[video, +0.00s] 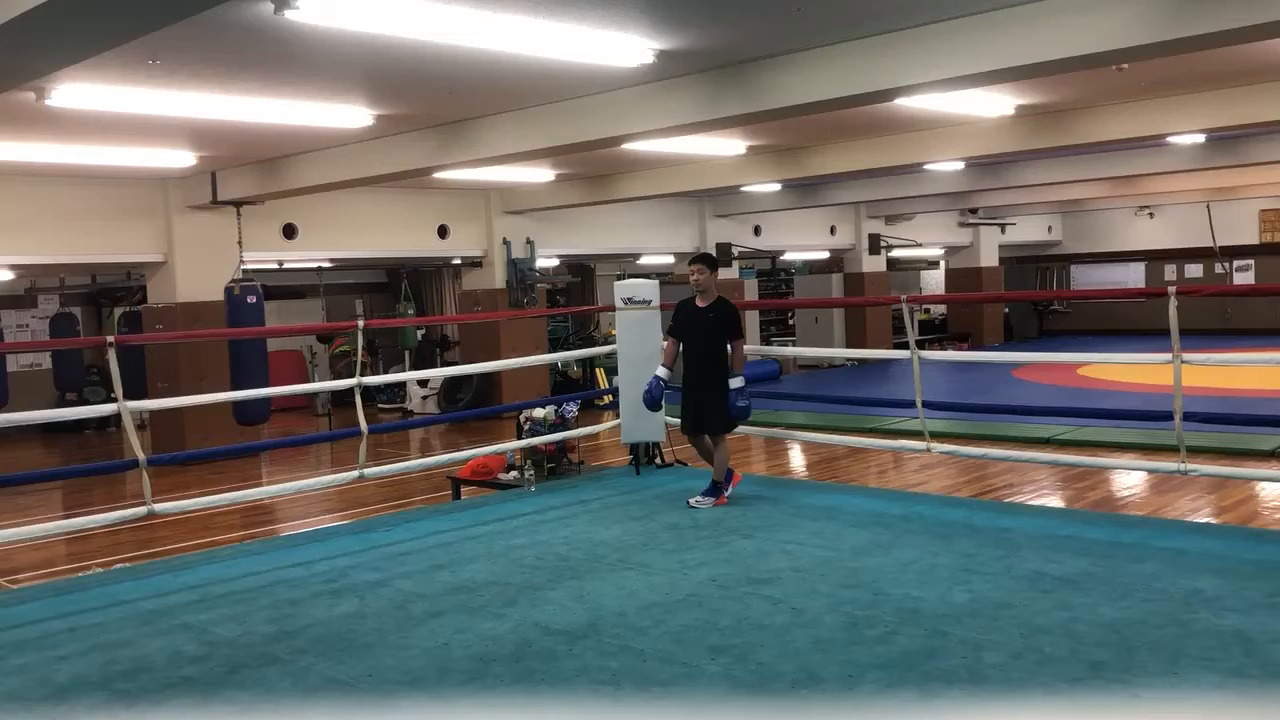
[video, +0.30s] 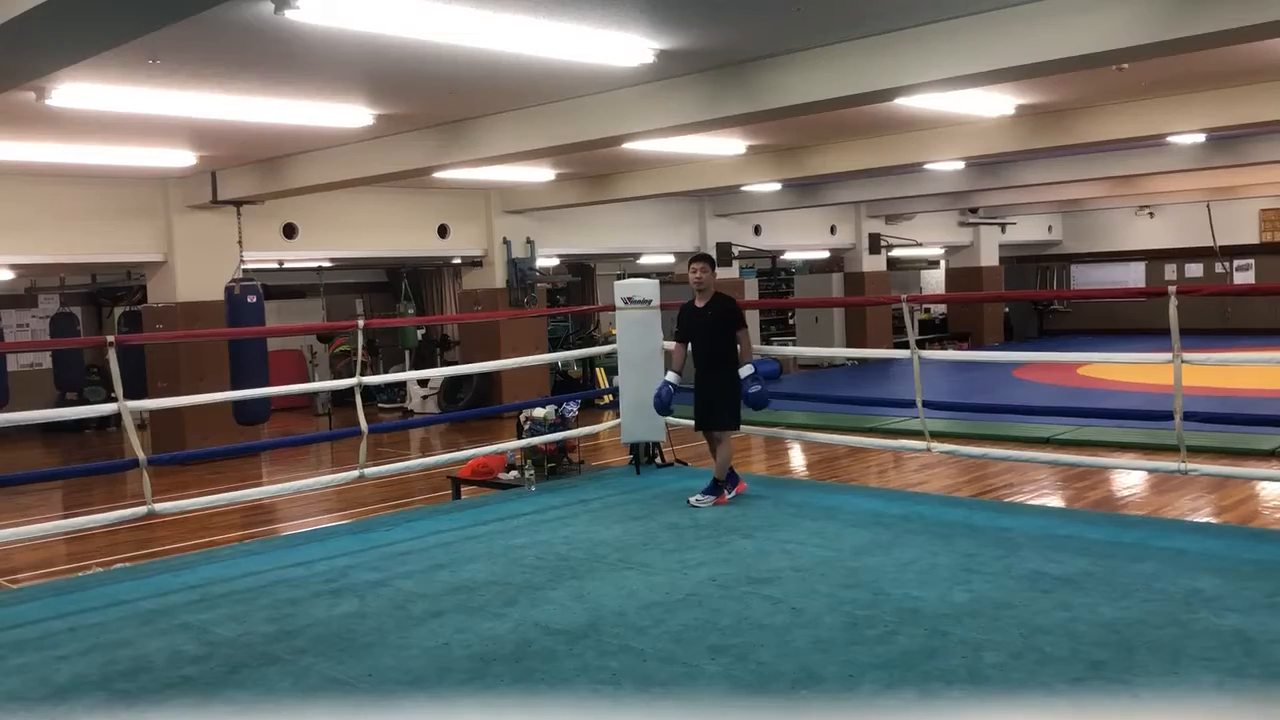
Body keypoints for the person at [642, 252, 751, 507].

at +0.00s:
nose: (694, 278)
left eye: (700, 273)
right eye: (691, 273)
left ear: (714, 275)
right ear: (689, 277)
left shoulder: (727, 309)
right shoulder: (684, 307)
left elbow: (737, 348)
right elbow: (672, 344)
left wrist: (738, 385)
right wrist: (660, 377)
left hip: (718, 382)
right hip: (691, 382)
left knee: (717, 435)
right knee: (691, 432)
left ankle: (717, 489)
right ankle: (726, 472)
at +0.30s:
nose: (697, 276)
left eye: (703, 271)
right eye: (693, 271)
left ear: (713, 275)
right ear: (688, 276)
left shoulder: (728, 304)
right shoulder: (687, 310)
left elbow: (744, 341)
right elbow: (679, 348)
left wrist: (749, 376)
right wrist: (670, 382)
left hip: (727, 377)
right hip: (703, 377)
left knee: (722, 432)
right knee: (708, 431)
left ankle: (717, 487)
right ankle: (731, 477)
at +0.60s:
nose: (693, 277)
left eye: (699, 272)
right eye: (689, 273)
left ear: (709, 276)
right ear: (684, 279)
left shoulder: (726, 301)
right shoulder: (690, 314)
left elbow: (744, 333)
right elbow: (693, 353)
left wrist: (753, 369)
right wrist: (693, 387)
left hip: (733, 376)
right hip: (710, 378)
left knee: (732, 432)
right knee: (717, 432)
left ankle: (731, 485)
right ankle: (734, 480)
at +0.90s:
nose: (697, 277)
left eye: (702, 271)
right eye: (692, 272)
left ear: (712, 275)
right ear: (687, 278)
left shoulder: (727, 300)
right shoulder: (692, 314)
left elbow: (745, 331)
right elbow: (697, 353)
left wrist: (751, 367)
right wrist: (700, 387)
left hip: (737, 375)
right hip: (712, 379)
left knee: (751, 428)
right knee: (723, 431)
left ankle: (768, 481)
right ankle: (734, 481)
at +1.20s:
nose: (710, 275)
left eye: (715, 270)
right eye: (705, 271)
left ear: (723, 275)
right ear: (699, 276)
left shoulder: (738, 300)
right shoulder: (696, 312)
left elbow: (754, 331)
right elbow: (691, 351)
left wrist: (751, 364)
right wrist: (684, 387)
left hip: (743, 374)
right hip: (718, 378)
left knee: (761, 428)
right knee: (724, 431)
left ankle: (777, 481)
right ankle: (734, 481)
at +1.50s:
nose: (736, 272)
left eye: (741, 268)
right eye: (731, 268)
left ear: (748, 274)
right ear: (723, 273)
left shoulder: (762, 305)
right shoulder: (713, 310)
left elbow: (774, 342)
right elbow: (699, 345)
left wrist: (780, 379)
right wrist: (685, 380)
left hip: (758, 380)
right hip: (728, 381)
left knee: (768, 434)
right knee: (727, 433)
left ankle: (775, 489)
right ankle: (733, 481)